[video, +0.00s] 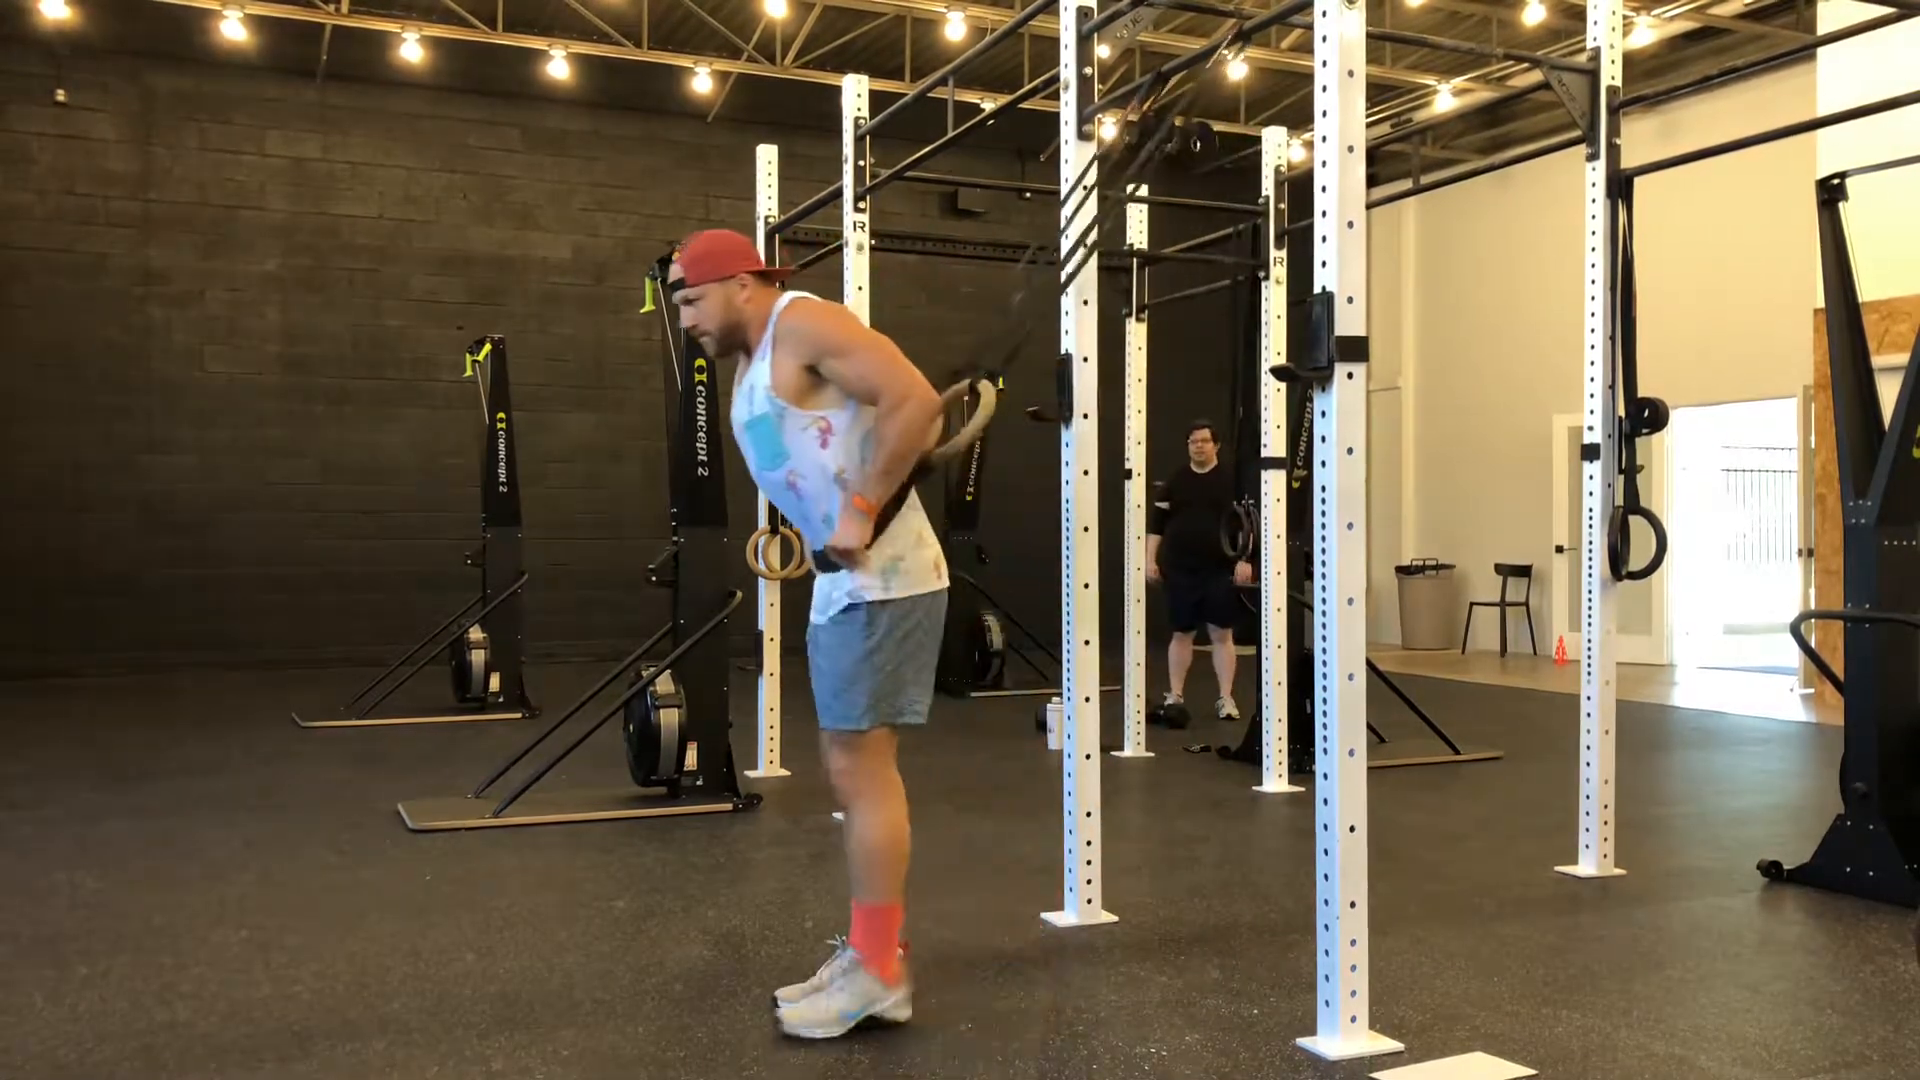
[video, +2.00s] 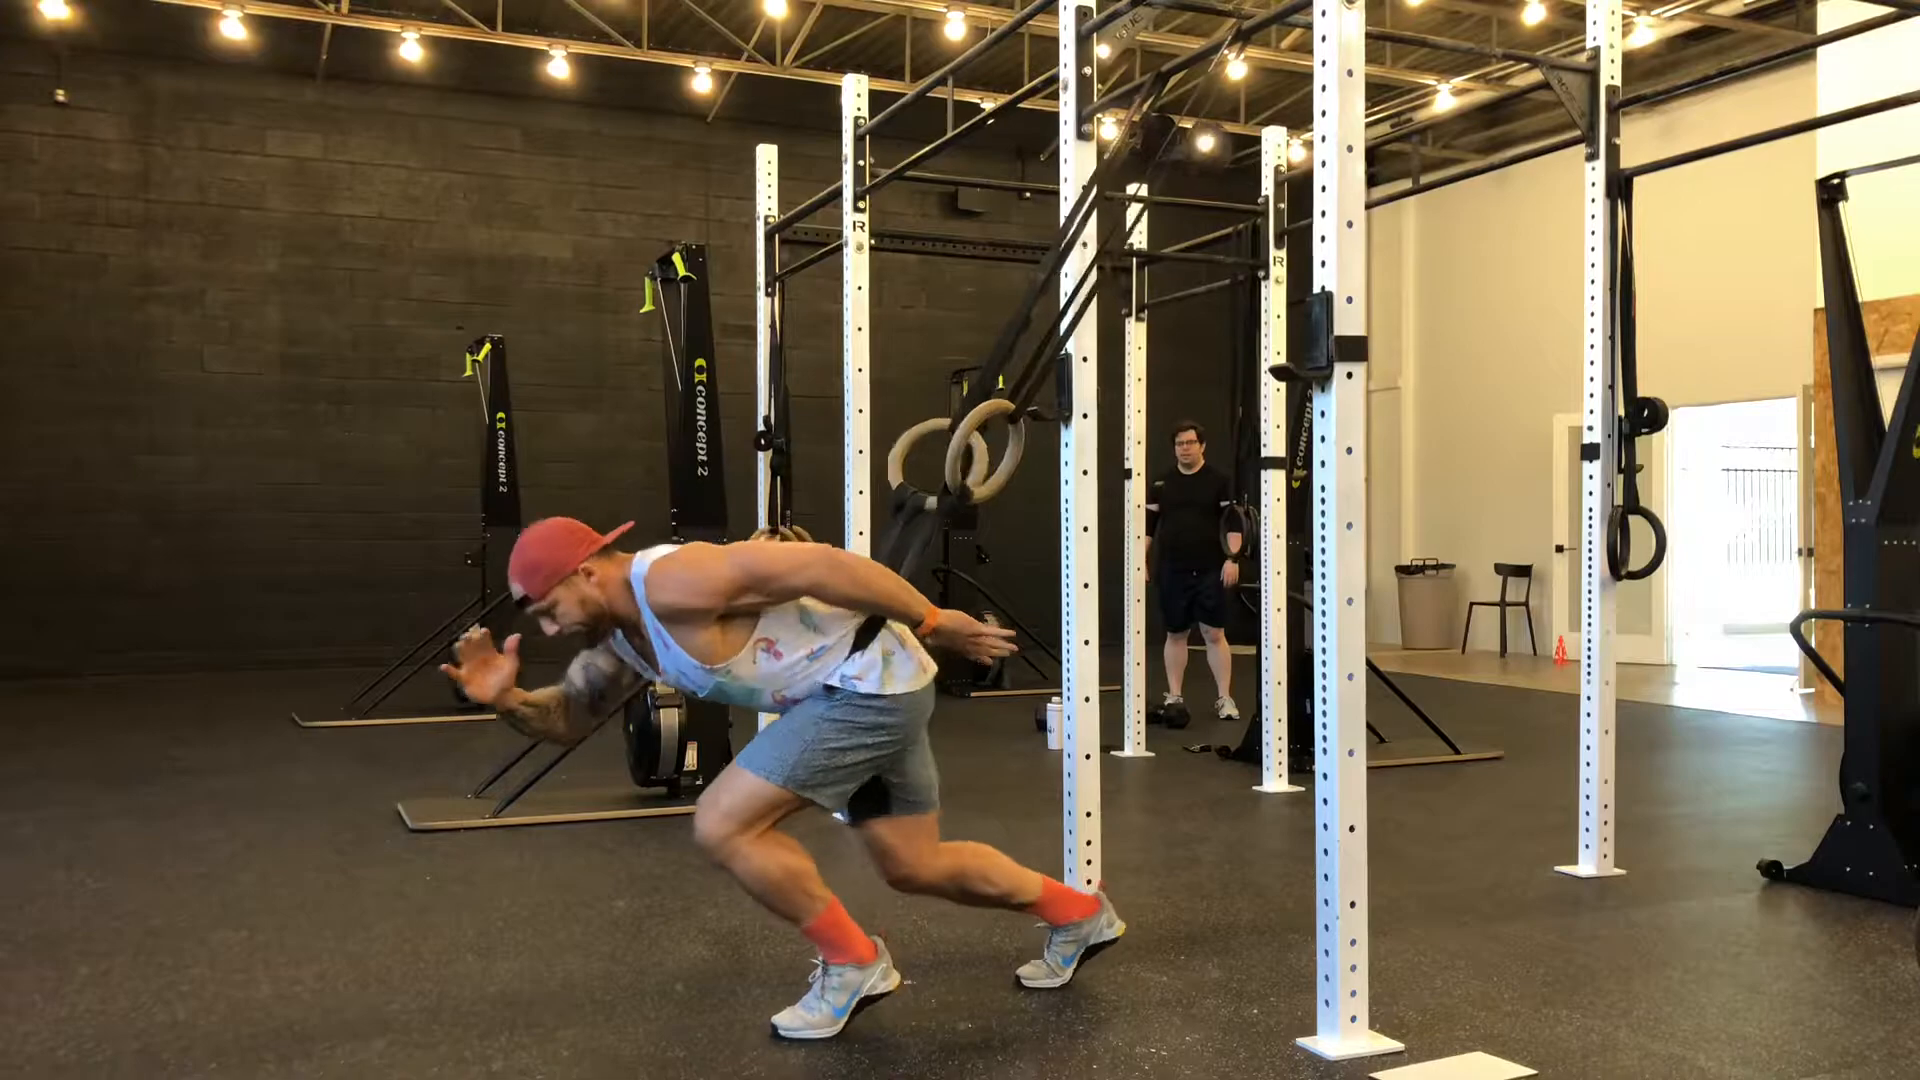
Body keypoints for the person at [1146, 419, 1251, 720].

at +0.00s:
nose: (1198, 447)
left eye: (1203, 442)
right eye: (1193, 442)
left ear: (1215, 445)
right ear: (1187, 446)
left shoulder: (1231, 480)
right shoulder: (1176, 480)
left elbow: (1249, 523)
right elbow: (1157, 522)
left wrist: (1246, 559)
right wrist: (1150, 558)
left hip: (1220, 569)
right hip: (1180, 568)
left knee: (1221, 634)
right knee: (1181, 634)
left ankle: (1226, 698)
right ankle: (1175, 695)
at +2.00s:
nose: (1184, 448)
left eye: (1189, 443)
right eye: (1179, 444)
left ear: (1202, 446)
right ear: (1173, 448)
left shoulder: (1218, 481)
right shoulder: (1162, 484)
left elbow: (1233, 522)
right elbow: (1148, 526)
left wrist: (1232, 558)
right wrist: (1142, 560)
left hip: (1210, 570)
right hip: (1172, 570)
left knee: (1214, 634)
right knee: (1176, 634)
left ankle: (1224, 698)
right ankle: (1174, 696)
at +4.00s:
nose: (1182, 449)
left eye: (1188, 444)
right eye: (1177, 444)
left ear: (1200, 447)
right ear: (1171, 449)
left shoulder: (1217, 480)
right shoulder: (1162, 483)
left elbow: (1233, 521)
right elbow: (1148, 527)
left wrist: (1232, 558)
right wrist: (1142, 563)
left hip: (1209, 569)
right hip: (1171, 570)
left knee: (1212, 634)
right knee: (1175, 634)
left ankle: (1225, 698)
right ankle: (1174, 696)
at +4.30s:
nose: (1181, 449)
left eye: (1187, 443)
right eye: (1176, 444)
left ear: (1199, 447)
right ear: (1170, 448)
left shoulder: (1216, 481)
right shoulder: (1160, 483)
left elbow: (1232, 522)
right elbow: (1146, 527)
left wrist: (1230, 557)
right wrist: (1142, 564)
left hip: (1207, 569)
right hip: (1170, 570)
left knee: (1212, 633)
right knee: (1175, 634)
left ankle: (1224, 698)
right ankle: (1174, 696)